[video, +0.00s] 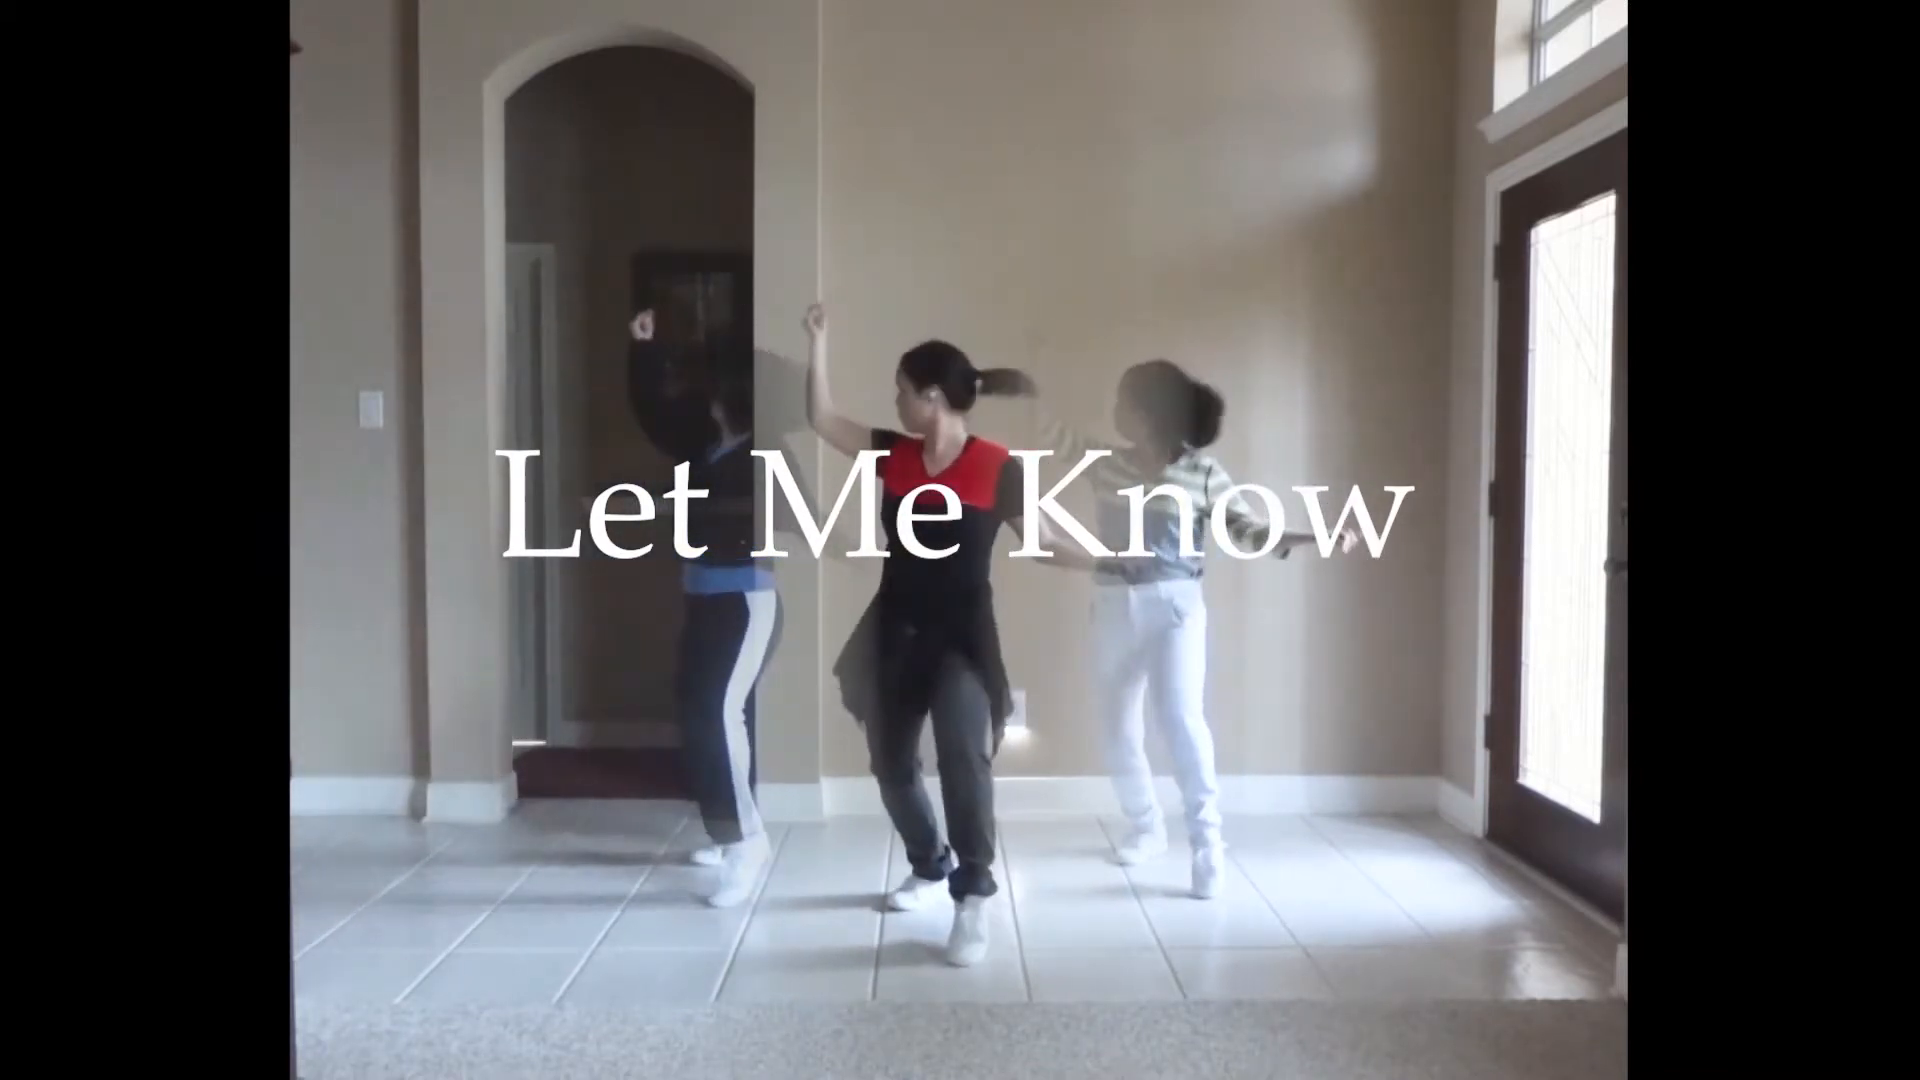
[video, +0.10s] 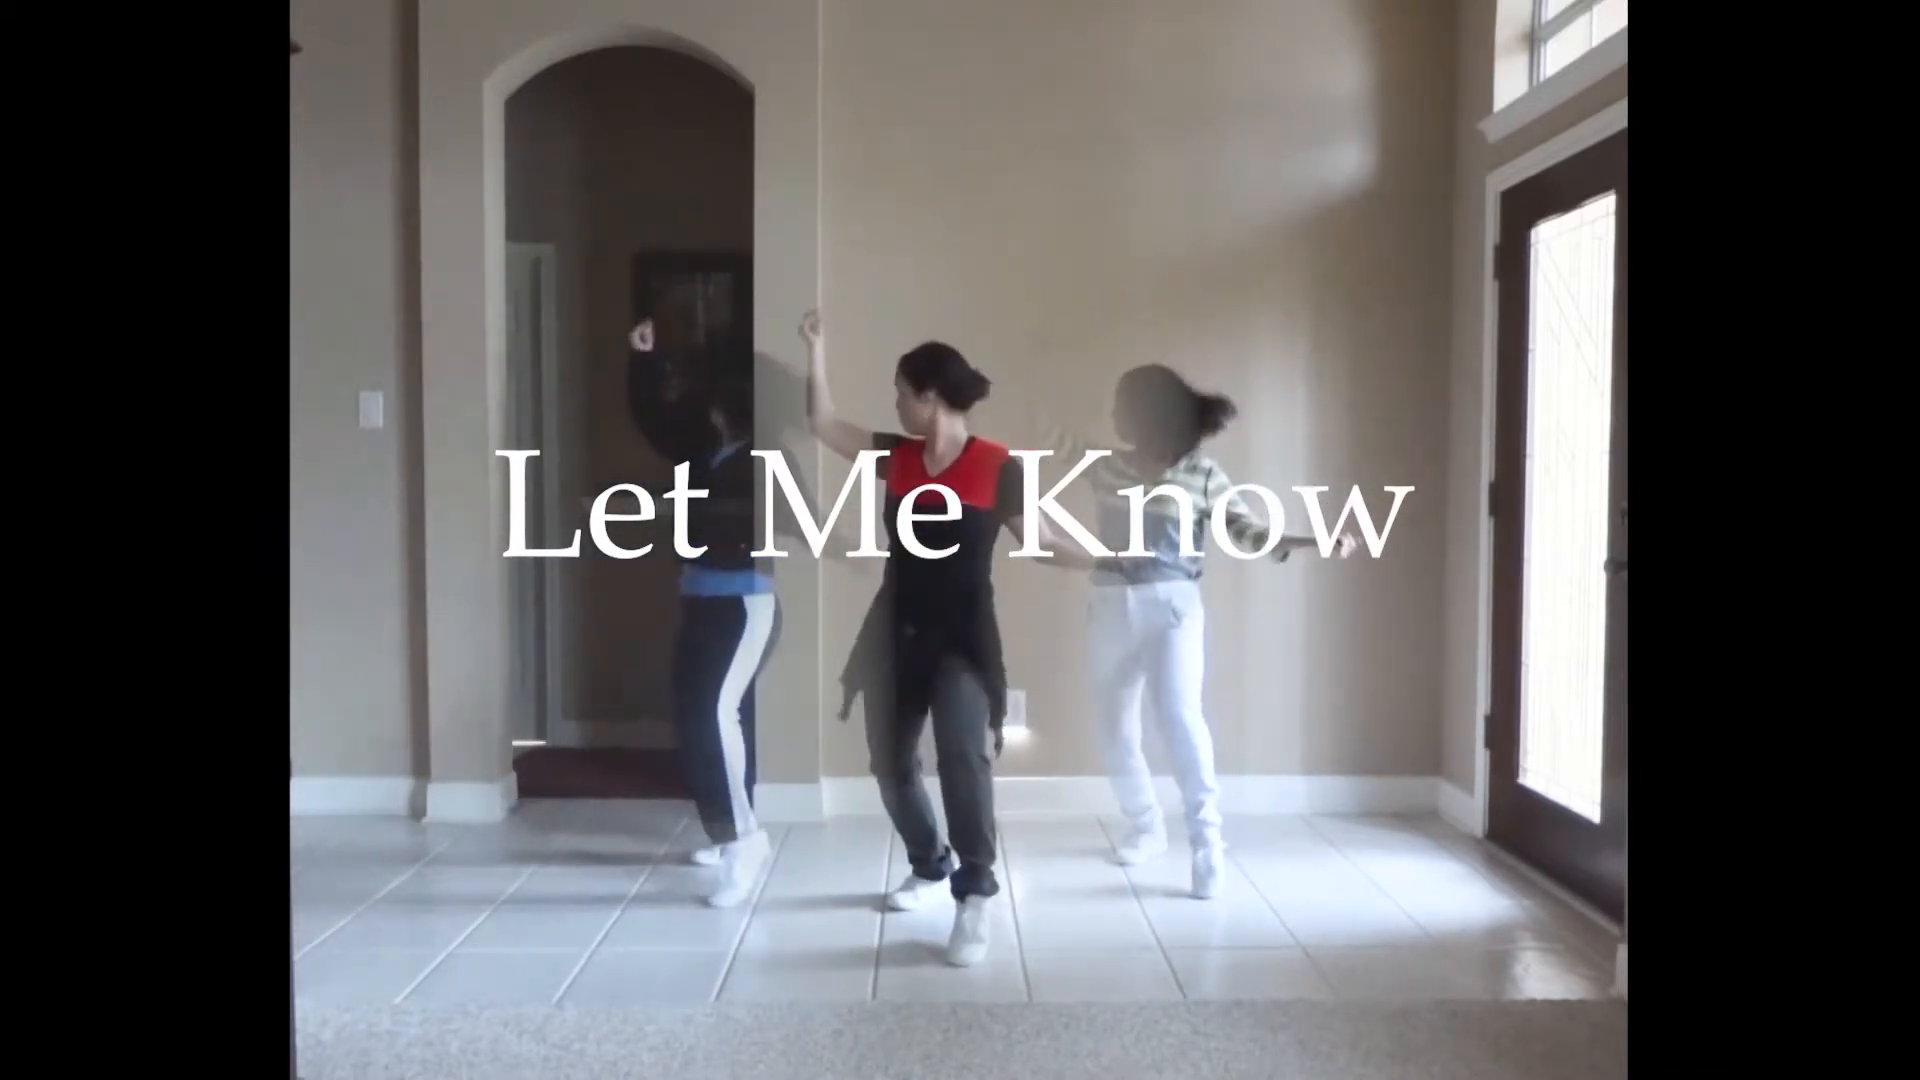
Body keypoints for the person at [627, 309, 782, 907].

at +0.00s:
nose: (706, 412)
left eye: (710, 405)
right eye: (707, 403)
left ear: (725, 413)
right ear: (718, 414)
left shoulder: (752, 463)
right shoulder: (702, 456)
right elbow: (652, 412)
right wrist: (644, 348)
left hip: (748, 597)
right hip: (706, 597)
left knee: (722, 709)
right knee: (699, 712)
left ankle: (747, 838)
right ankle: (725, 833)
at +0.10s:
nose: (699, 414)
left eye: (706, 404)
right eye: (700, 404)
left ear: (728, 409)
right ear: (712, 413)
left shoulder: (752, 464)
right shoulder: (699, 457)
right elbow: (651, 416)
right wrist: (643, 359)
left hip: (746, 599)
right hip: (702, 598)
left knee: (720, 708)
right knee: (694, 715)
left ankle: (745, 836)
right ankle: (724, 833)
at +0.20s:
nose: (714, 410)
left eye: (722, 399)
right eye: (718, 398)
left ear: (737, 407)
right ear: (715, 402)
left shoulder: (763, 462)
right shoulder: (694, 448)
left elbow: (806, 523)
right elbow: (647, 429)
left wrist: (846, 556)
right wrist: (646, 371)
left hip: (746, 603)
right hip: (699, 599)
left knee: (714, 711)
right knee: (691, 719)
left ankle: (740, 839)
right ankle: (731, 831)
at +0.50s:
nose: (725, 411)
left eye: (737, 397)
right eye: (717, 396)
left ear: (757, 405)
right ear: (705, 400)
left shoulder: (766, 458)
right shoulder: (684, 455)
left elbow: (813, 523)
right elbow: (651, 438)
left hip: (744, 597)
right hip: (691, 595)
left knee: (728, 720)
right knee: (704, 718)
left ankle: (729, 854)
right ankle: (741, 831)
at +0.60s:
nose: (715, 374)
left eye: (728, 365)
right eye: (710, 364)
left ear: (750, 382)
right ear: (697, 377)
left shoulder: (760, 444)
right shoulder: (683, 442)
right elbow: (657, 437)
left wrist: (750, 354)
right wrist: (674, 377)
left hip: (743, 593)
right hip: (690, 593)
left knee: (731, 725)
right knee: (710, 724)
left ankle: (734, 858)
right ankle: (743, 835)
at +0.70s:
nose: (721, 369)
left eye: (733, 362)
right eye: (714, 361)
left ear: (752, 381)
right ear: (702, 374)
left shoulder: (762, 439)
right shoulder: (681, 433)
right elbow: (636, 442)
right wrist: (676, 398)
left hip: (746, 598)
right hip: (689, 597)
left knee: (734, 726)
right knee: (708, 725)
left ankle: (738, 859)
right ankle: (732, 834)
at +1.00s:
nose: (715, 385)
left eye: (728, 377)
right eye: (705, 375)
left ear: (746, 393)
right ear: (689, 387)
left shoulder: (760, 463)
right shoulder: (665, 455)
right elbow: (604, 454)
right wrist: (676, 460)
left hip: (747, 615)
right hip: (683, 616)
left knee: (726, 738)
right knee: (693, 738)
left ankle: (741, 864)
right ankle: (723, 839)